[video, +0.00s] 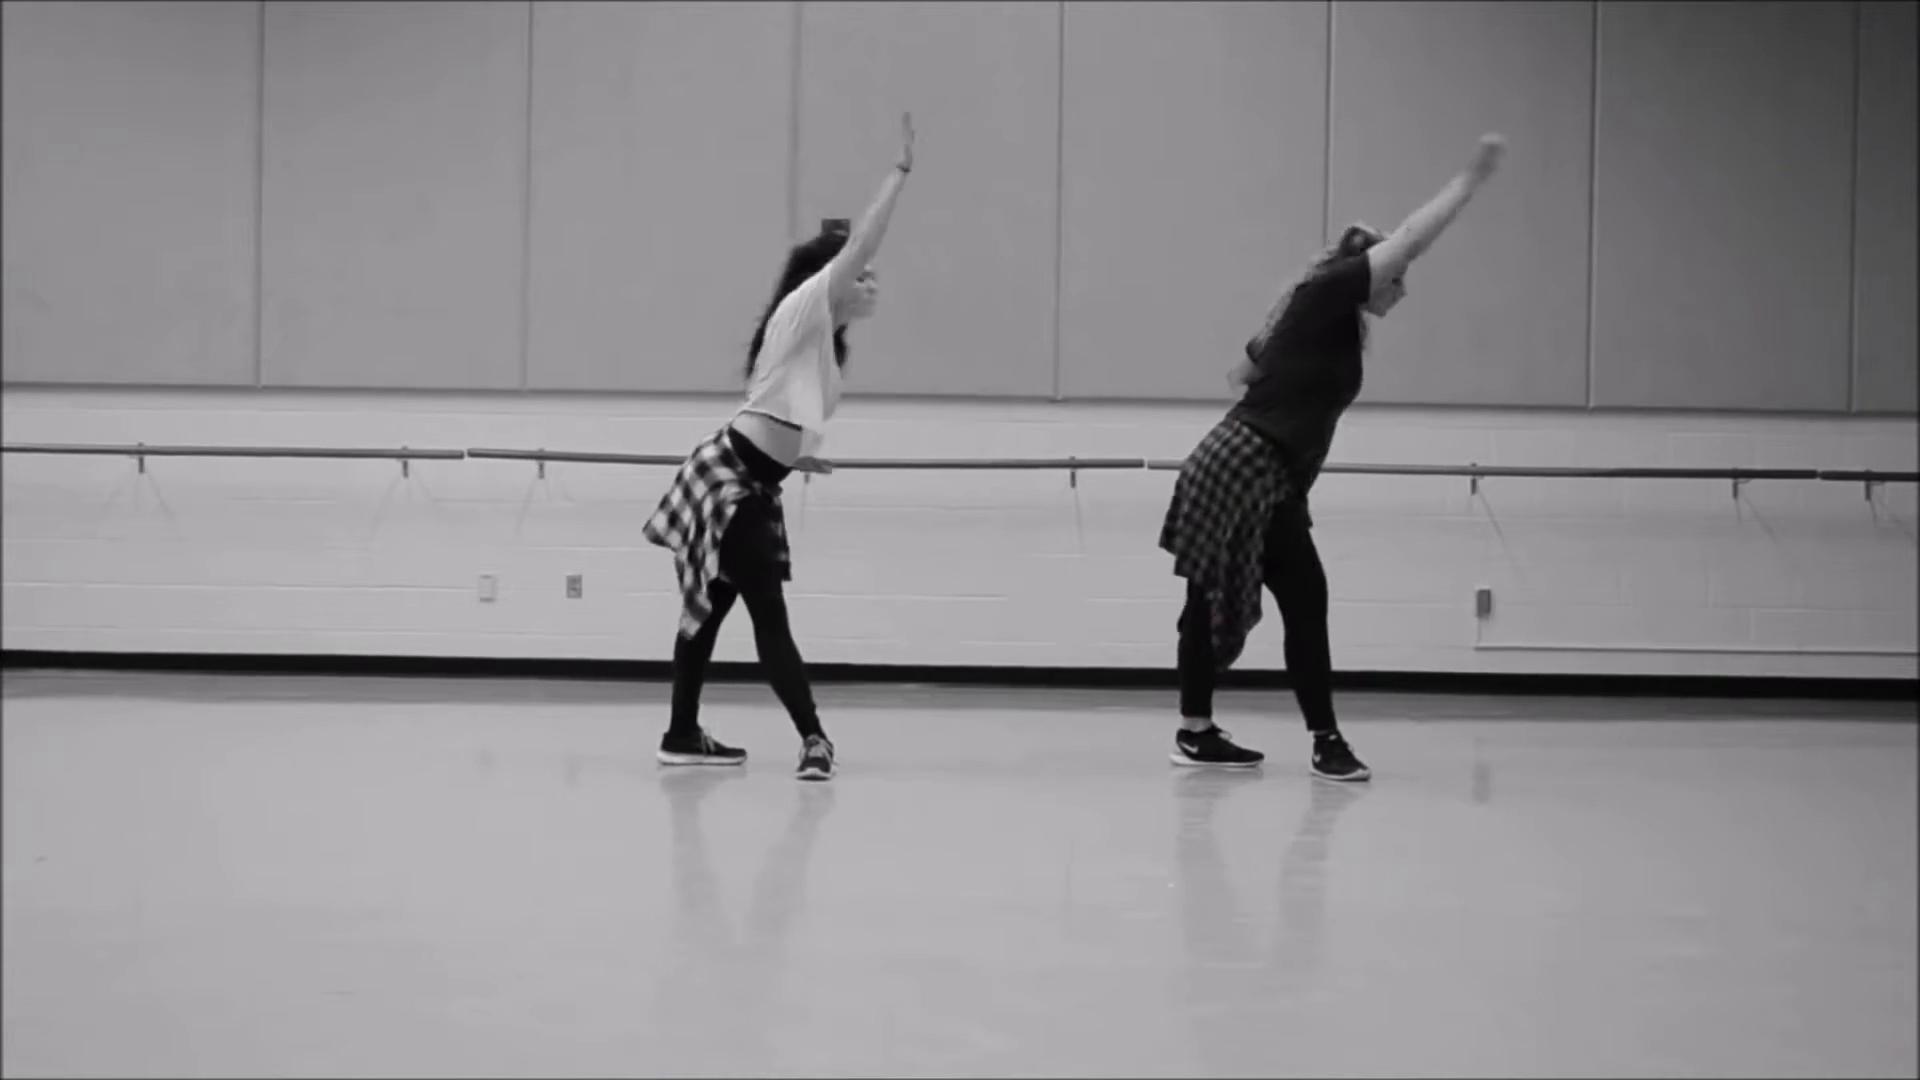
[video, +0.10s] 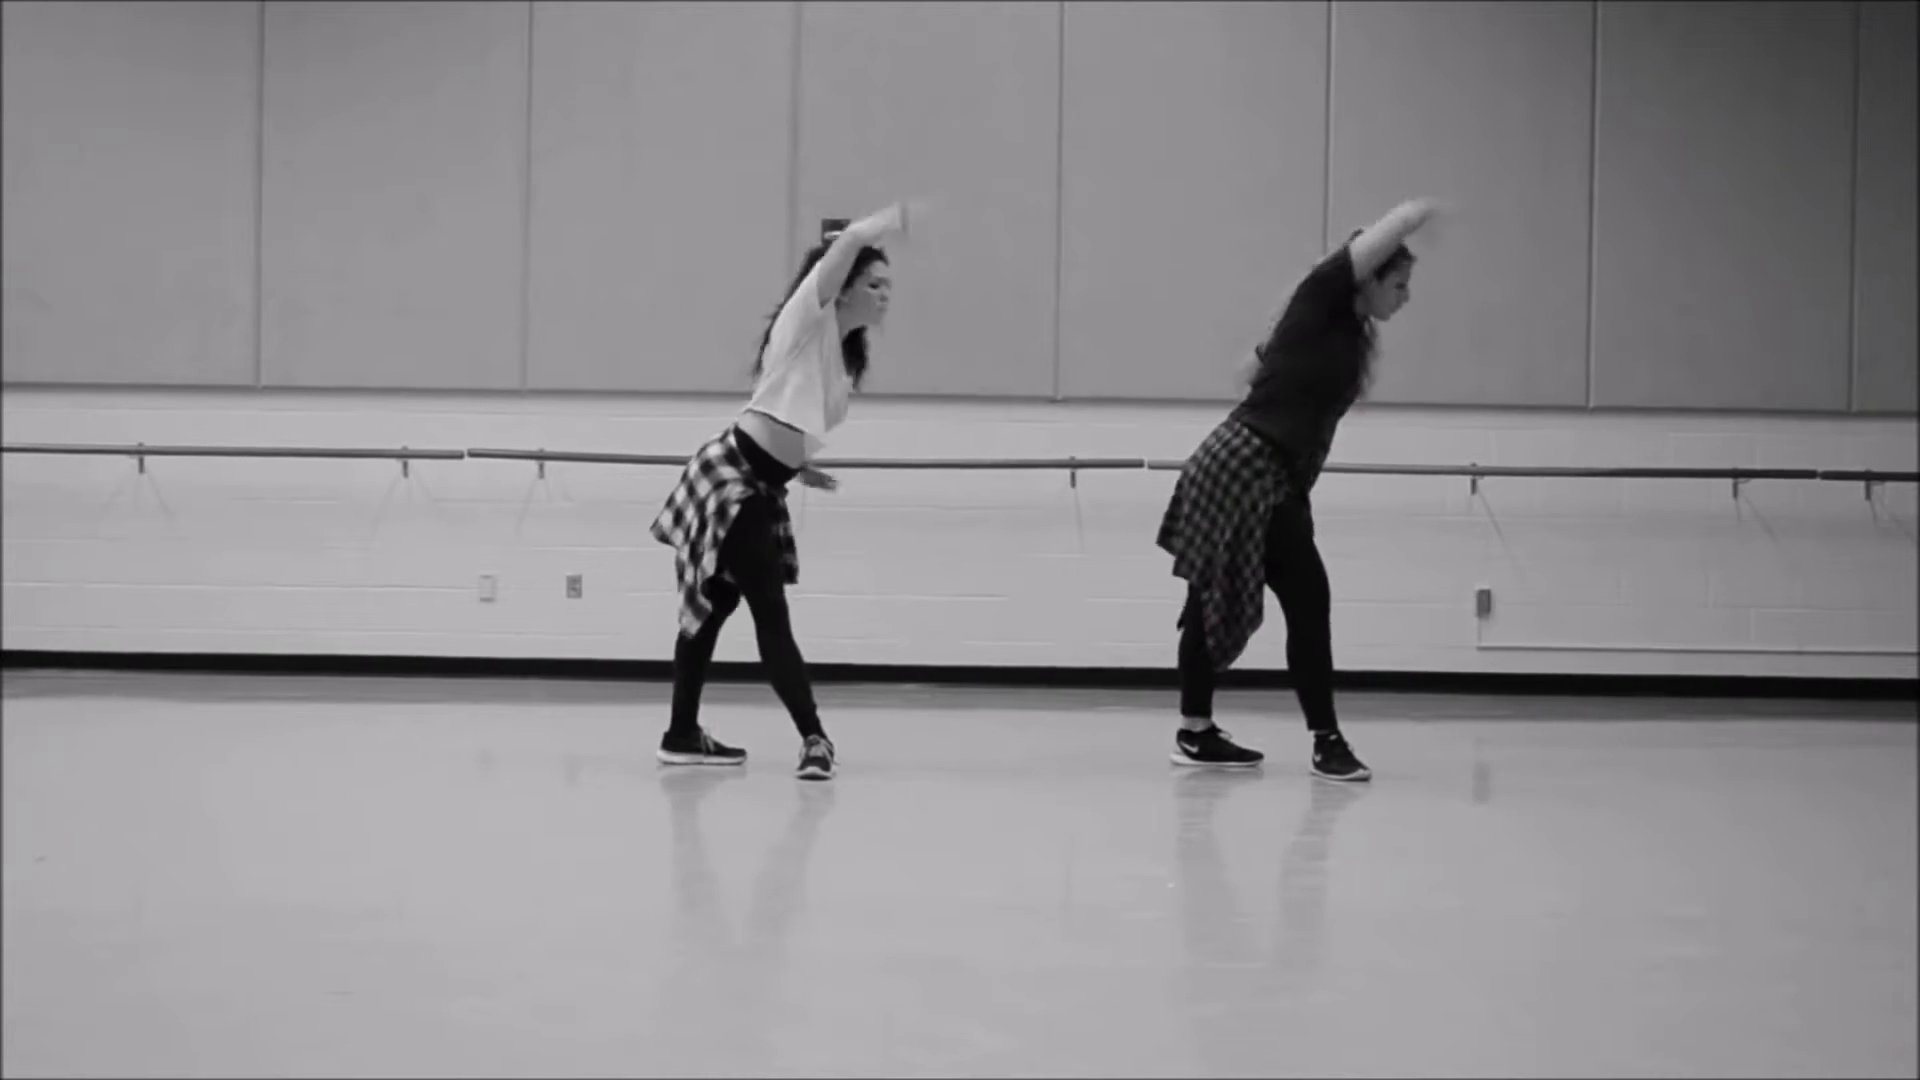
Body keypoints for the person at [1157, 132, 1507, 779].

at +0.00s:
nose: (1400, 292)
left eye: (1401, 281)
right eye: (1396, 278)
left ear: (1360, 268)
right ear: (1366, 267)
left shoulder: (1316, 305)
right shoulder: (1334, 286)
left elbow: (1249, 365)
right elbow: (1409, 236)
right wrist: (1470, 176)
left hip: (1254, 472)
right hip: (1248, 470)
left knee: (1211, 601)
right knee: (1303, 601)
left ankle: (1194, 729)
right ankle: (1326, 743)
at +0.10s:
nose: (1405, 299)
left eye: (1407, 288)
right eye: (1399, 286)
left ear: (1379, 280)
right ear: (1369, 277)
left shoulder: (1347, 327)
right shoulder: (1323, 297)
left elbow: (1266, 365)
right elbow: (1383, 232)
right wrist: (1415, 214)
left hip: (1269, 479)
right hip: (1251, 474)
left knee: (1212, 596)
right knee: (1308, 600)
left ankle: (1195, 729)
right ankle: (1328, 742)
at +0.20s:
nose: (1404, 302)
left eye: (1407, 292)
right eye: (1399, 289)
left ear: (1376, 285)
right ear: (1369, 281)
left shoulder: (1355, 333)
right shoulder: (1318, 290)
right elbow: (1383, 206)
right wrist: (1382, 241)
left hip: (1279, 482)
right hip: (1243, 470)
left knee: (1218, 600)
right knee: (1309, 595)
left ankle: (1196, 730)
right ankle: (1327, 741)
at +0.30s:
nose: (1403, 304)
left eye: (1406, 293)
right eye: (1400, 291)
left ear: (1373, 287)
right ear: (1371, 282)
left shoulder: (1355, 342)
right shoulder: (1312, 288)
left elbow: (1321, 427)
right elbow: (1368, 200)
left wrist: (1383, 419)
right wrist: (1385, 227)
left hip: (1280, 484)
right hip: (1243, 472)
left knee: (1225, 601)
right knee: (1308, 594)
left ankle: (1196, 730)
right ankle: (1327, 741)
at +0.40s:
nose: (1394, 295)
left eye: (1399, 286)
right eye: (1388, 282)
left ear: (1384, 287)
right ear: (1355, 270)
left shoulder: (1362, 345)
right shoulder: (1309, 289)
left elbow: (1390, 409)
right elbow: (1360, 201)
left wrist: (1407, 343)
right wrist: (1385, 230)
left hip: (1279, 483)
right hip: (1248, 471)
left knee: (1227, 598)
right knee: (1308, 595)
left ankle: (1196, 728)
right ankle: (1327, 741)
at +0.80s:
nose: (1389, 266)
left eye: (1397, 256)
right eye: (1378, 256)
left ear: (1409, 266)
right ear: (1360, 262)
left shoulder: (1404, 336)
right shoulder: (1333, 291)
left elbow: (1454, 362)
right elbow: (1343, 191)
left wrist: (1420, 284)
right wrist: (1400, 218)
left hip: (1310, 485)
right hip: (1273, 472)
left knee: (1244, 600)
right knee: (1318, 598)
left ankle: (1186, 718)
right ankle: (1327, 742)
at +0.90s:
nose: (1394, 255)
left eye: (1402, 243)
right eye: (1380, 246)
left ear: (1416, 251)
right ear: (1361, 255)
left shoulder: (1428, 318)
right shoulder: (1339, 287)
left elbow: (1485, 305)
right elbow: (1318, 189)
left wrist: (1432, 242)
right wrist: (1395, 194)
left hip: (1330, 480)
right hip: (1291, 463)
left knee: (1254, 603)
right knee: (1319, 599)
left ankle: (1137, 653)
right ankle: (1327, 741)